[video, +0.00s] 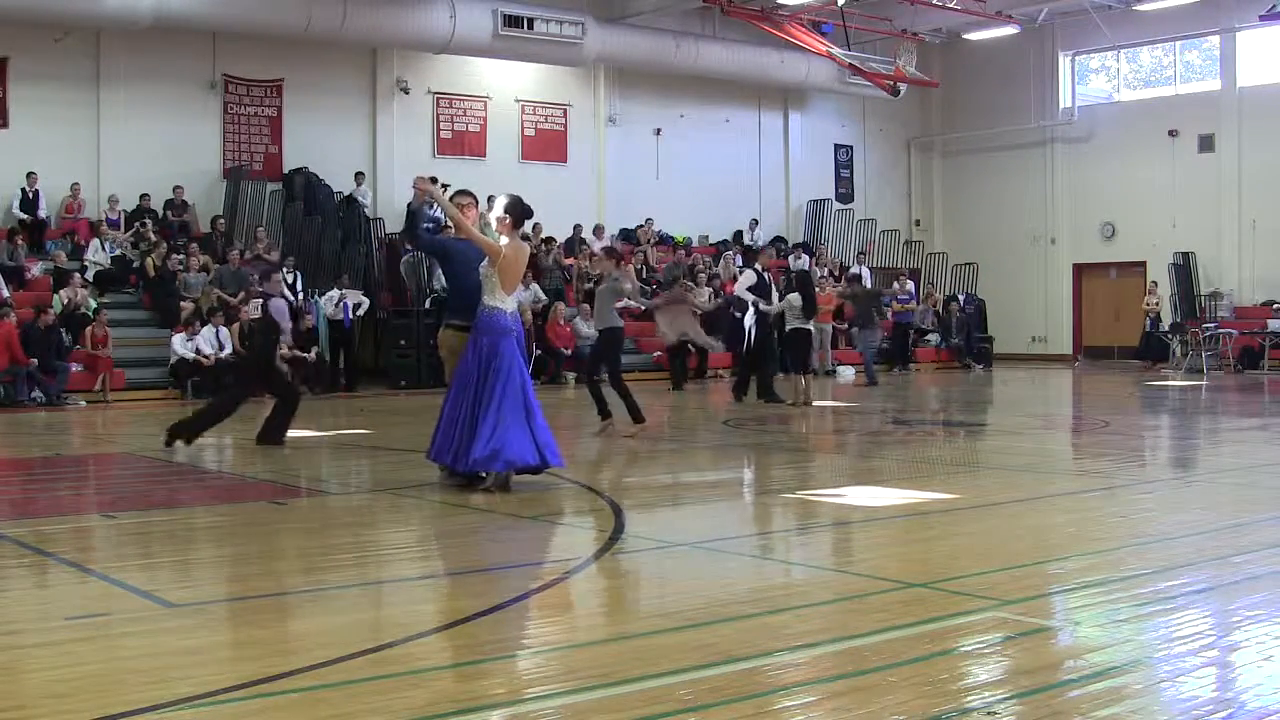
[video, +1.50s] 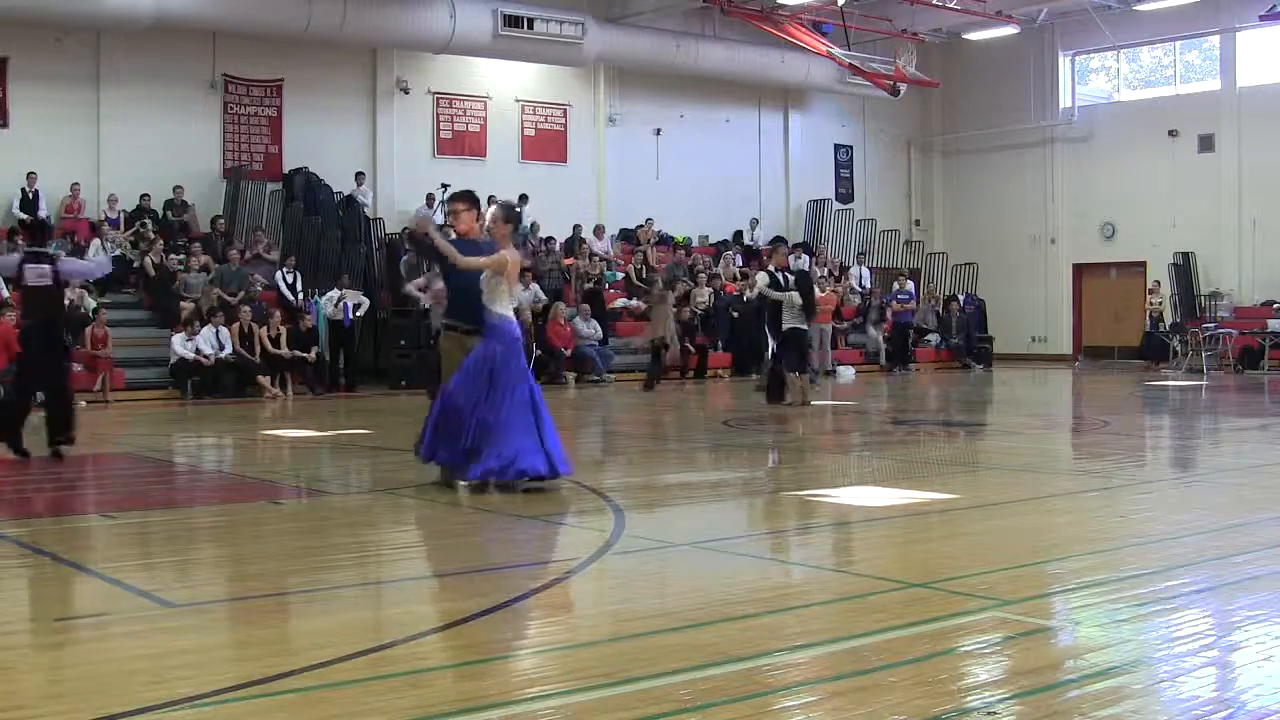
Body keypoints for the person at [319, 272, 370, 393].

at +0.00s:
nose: (347, 282)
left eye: (347, 280)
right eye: (344, 279)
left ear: (348, 282)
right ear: (337, 281)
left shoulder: (351, 294)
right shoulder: (329, 296)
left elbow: (366, 301)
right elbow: (329, 314)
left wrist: (358, 313)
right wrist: (338, 303)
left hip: (349, 322)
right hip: (335, 323)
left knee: (350, 354)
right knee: (335, 355)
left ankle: (350, 384)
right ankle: (334, 384)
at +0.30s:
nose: (346, 282)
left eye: (347, 280)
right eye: (344, 280)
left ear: (349, 281)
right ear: (337, 281)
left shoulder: (352, 294)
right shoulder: (329, 296)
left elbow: (366, 301)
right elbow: (329, 314)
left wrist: (358, 313)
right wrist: (338, 302)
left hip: (349, 322)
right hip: (334, 323)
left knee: (350, 355)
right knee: (334, 355)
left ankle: (350, 384)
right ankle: (334, 384)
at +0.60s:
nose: (346, 282)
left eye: (347, 280)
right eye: (344, 280)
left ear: (349, 281)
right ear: (337, 281)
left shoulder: (352, 294)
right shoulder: (329, 296)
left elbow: (366, 301)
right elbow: (329, 314)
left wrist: (358, 313)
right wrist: (338, 302)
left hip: (349, 322)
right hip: (335, 323)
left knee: (350, 355)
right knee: (334, 355)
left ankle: (350, 384)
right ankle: (333, 384)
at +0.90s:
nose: (347, 282)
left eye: (347, 280)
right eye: (344, 280)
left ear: (348, 281)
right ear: (337, 282)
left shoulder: (352, 294)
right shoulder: (328, 296)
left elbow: (366, 302)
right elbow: (329, 314)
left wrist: (358, 313)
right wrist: (338, 302)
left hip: (348, 323)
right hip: (334, 323)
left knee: (349, 355)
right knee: (334, 356)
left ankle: (349, 384)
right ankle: (334, 384)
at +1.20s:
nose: (347, 282)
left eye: (348, 279)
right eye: (345, 279)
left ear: (348, 282)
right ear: (338, 281)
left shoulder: (352, 294)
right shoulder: (328, 296)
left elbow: (366, 302)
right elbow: (329, 314)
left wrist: (358, 313)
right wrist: (338, 302)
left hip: (348, 323)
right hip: (334, 324)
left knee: (350, 355)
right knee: (334, 356)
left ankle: (349, 384)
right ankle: (334, 384)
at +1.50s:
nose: (347, 282)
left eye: (348, 280)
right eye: (345, 280)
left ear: (349, 282)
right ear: (338, 282)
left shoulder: (352, 294)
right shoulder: (329, 297)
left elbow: (366, 302)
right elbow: (329, 314)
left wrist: (358, 313)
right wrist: (337, 303)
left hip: (349, 322)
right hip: (335, 323)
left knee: (350, 355)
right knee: (335, 355)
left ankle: (350, 384)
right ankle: (334, 384)